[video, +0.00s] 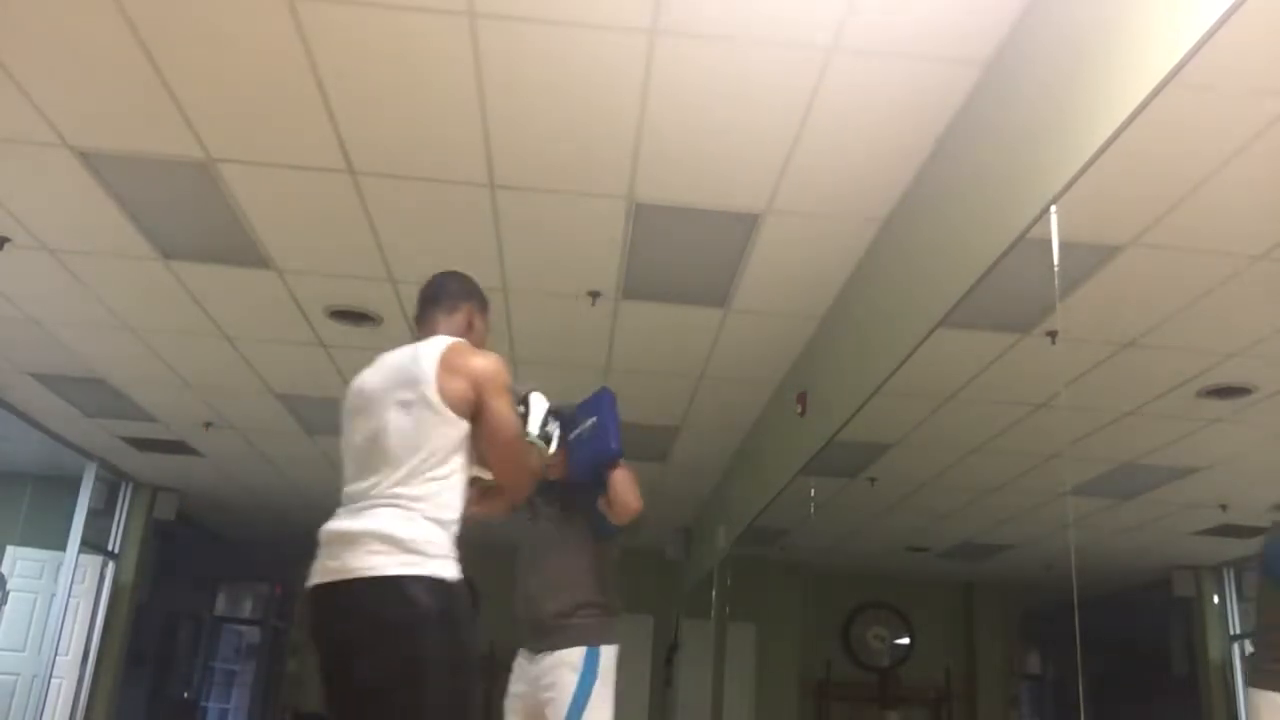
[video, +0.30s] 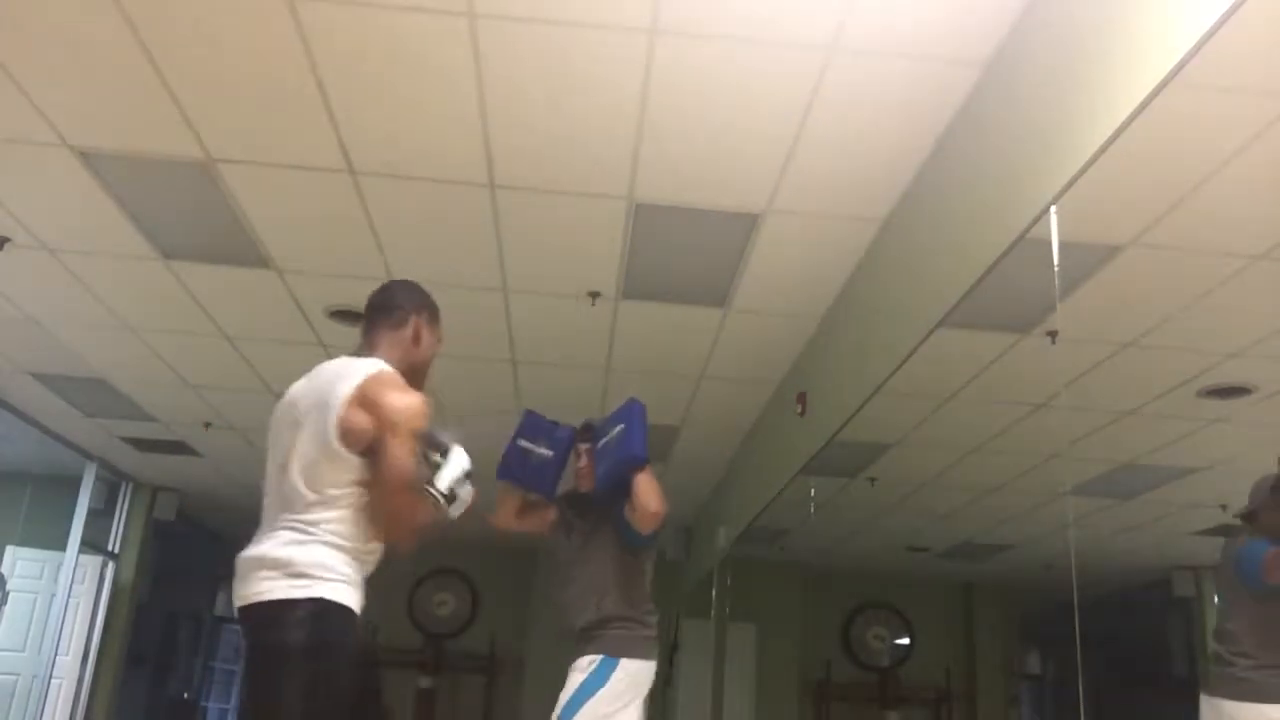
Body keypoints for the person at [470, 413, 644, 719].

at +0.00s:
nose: (549, 453)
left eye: (558, 443)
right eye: (544, 442)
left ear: (577, 447)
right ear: (536, 448)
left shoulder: (590, 495)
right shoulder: (533, 492)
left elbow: (628, 506)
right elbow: (476, 502)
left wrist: (606, 452)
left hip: (580, 650)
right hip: (532, 649)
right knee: (518, 712)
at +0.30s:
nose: (582, 463)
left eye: (591, 453)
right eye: (577, 455)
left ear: (609, 457)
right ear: (571, 460)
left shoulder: (625, 506)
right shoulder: (569, 509)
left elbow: (652, 509)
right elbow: (505, 518)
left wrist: (632, 452)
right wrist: (524, 459)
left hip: (621, 652)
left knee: (568, 713)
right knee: (621, 714)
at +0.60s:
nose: (590, 462)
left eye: (597, 452)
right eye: (587, 454)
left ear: (618, 452)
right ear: (583, 457)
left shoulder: (640, 500)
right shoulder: (595, 507)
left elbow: (653, 503)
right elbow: (529, 523)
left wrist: (634, 450)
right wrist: (549, 462)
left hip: (640, 650)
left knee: (601, 712)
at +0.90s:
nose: (625, 458)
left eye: (634, 451)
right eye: (624, 451)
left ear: (659, 460)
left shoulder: (678, 498)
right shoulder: (621, 509)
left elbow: (658, 503)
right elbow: (558, 530)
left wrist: (610, 455)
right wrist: (567, 468)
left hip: (662, 656)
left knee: (618, 713)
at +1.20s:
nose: (654, 478)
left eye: (664, 469)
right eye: (651, 470)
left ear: (692, 476)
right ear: (646, 475)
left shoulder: (708, 518)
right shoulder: (661, 526)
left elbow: (737, 582)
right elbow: (603, 560)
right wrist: (601, 497)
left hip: (696, 667)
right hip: (671, 664)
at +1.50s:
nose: (666, 469)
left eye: (676, 461)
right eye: (664, 463)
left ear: (704, 469)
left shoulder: (718, 510)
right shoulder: (676, 520)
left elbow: (740, 578)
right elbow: (617, 554)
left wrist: (683, 633)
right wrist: (618, 490)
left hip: (709, 660)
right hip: (679, 659)